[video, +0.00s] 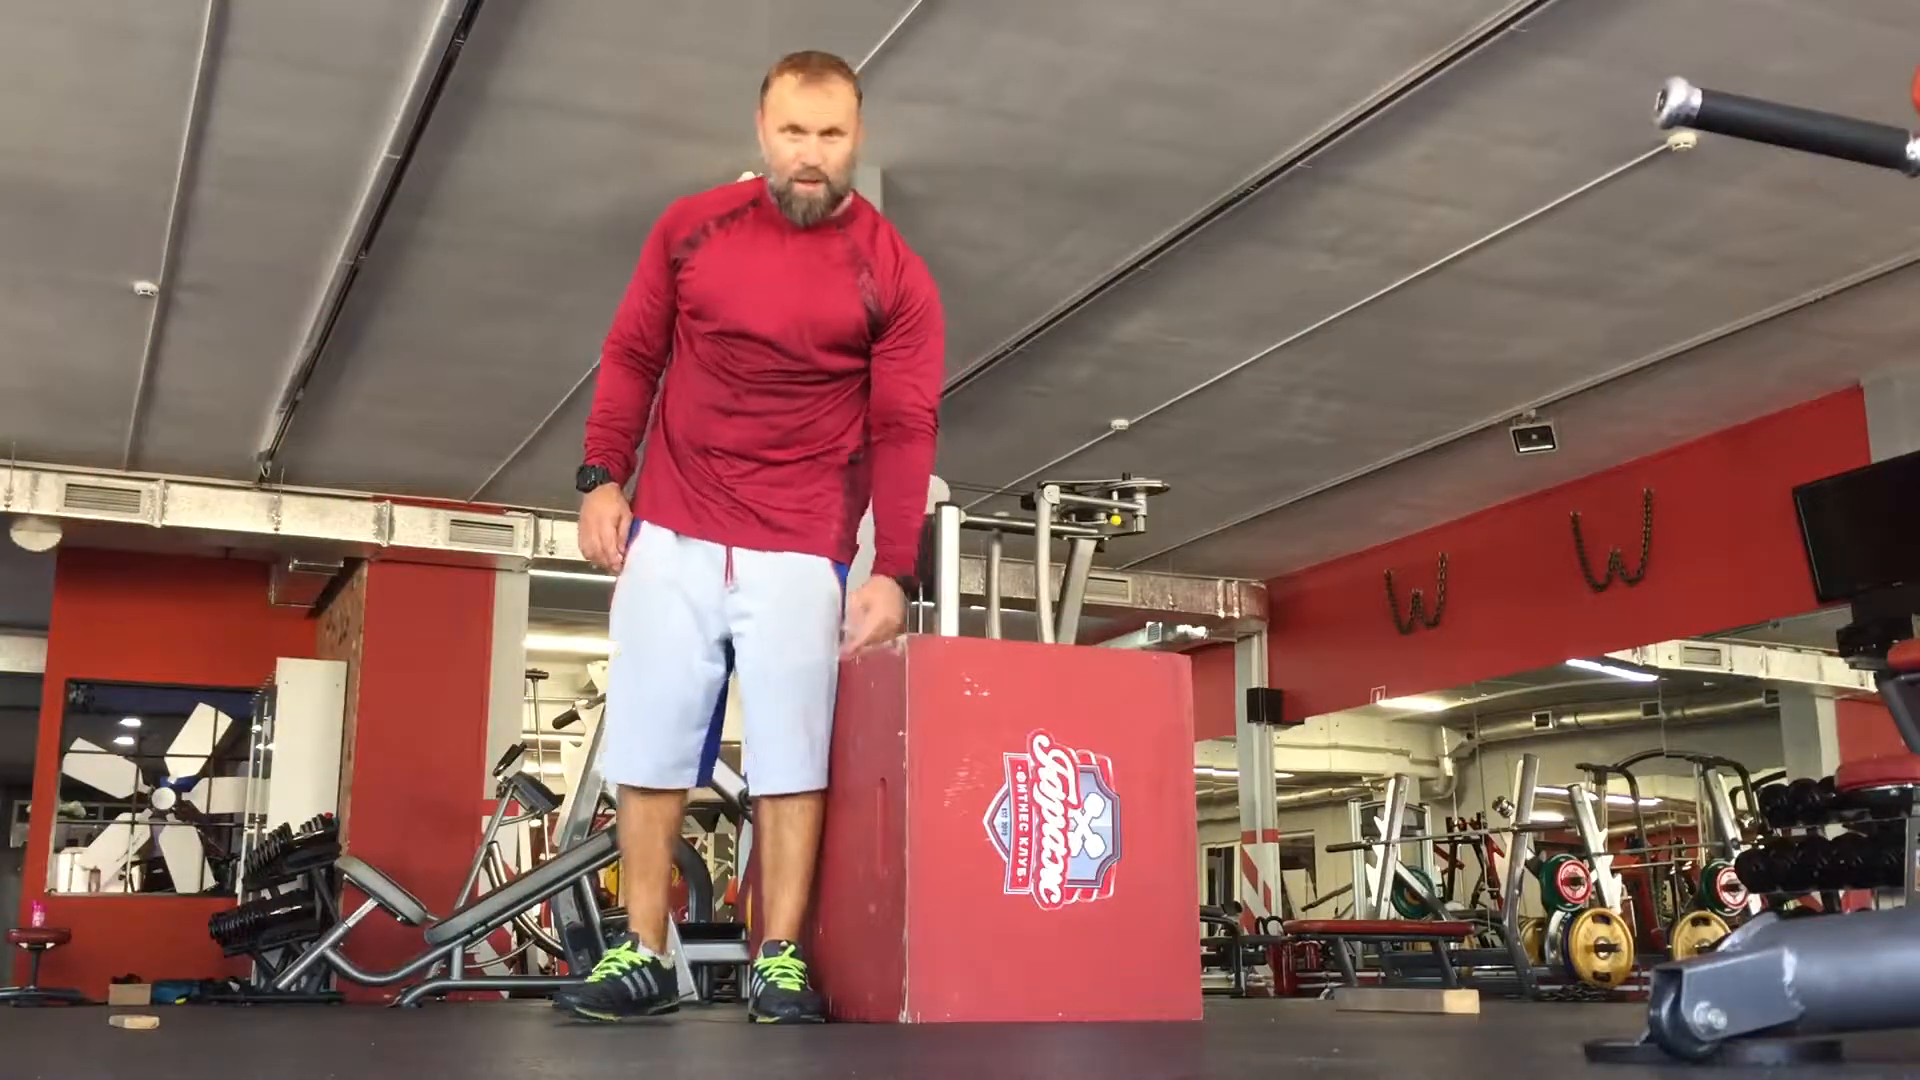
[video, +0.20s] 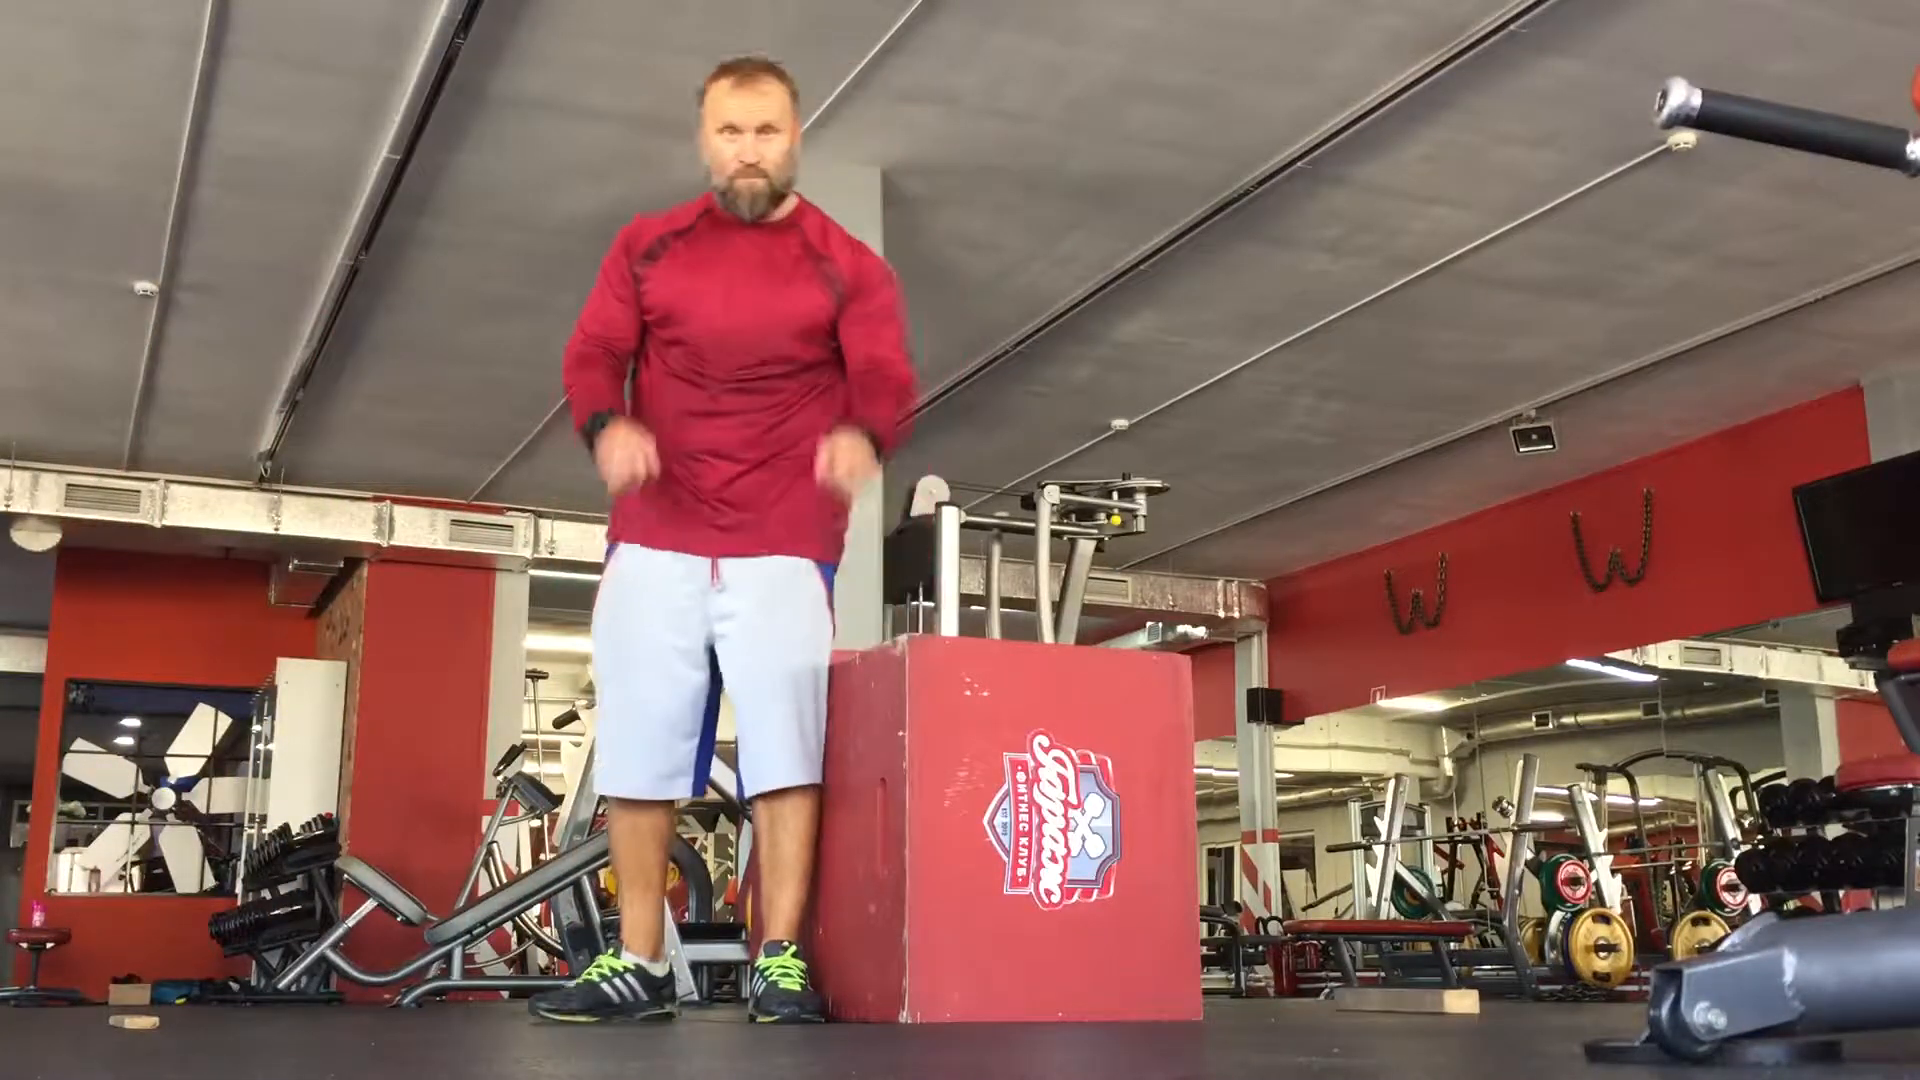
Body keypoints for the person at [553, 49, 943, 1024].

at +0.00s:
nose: (810, 153)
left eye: (831, 134)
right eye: (792, 131)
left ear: (859, 142)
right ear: (760, 134)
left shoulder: (895, 277)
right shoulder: (690, 228)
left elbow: (905, 428)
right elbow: (631, 356)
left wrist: (892, 569)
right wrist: (603, 476)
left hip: (804, 532)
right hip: (673, 516)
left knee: (789, 742)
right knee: (648, 732)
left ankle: (779, 956)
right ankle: (646, 952)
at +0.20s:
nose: (747, 147)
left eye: (766, 129)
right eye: (729, 130)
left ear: (797, 139)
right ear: (702, 141)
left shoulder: (849, 268)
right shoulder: (647, 248)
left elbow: (887, 380)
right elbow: (590, 356)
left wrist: (861, 433)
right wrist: (608, 423)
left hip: (784, 531)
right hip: (656, 528)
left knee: (782, 742)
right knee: (636, 740)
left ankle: (779, 958)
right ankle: (640, 964)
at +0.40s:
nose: (676, 167)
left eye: (694, 150)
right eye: (657, 153)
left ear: (726, 162)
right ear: (634, 169)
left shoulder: (767, 253)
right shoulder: (597, 252)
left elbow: (805, 279)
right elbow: (567, 291)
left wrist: (798, 280)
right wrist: (605, 288)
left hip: (741, 549)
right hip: (615, 553)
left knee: (762, 750)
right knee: (618, 754)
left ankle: (775, 958)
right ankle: (636, 963)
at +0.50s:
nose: (646, 174)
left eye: (662, 157)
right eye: (627, 161)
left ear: (694, 163)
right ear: (602, 173)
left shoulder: (736, 255)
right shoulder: (568, 258)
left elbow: (766, 280)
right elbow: (545, 288)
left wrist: (760, 252)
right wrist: (587, 264)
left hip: (714, 547)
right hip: (593, 556)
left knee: (739, 742)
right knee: (606, 758)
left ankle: (764, 953)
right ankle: (636, 964)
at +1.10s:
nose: (456, 149)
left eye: (475, 129)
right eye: (437, 134)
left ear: (516, 140)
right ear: (419, 153)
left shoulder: (560, 249)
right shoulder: (387, 270)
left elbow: (615, 341)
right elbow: (302, 336)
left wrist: (646, 289)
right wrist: (256, 209)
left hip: (514, 529)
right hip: (436, 532)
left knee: (413, 715)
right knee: (522, 746)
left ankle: (335, 959)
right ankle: (628, 950)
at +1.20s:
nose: (419, 124)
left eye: (440, 105)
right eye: (401, 108)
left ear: (480, 119)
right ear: (382, 125)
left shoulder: (526, 234)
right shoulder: (346, 238)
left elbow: (537, 335)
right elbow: (284, 334)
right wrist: (269, 218)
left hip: (468, 508)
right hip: (380, 512)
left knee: (386, 716)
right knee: (440, 751)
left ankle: (331, 961)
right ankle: (585, 923)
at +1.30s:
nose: (380, 97)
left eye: (403, 78)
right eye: (362, 81)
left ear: (447, 94)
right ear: (344, 99)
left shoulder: (490, 216)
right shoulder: (320, 205)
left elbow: (455, 328)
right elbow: (237, 323)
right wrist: (272, 263)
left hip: (423, 500)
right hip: (316, 502)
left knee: (375, 713)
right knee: (292, 713)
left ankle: (332, 960)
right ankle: (463, 876)